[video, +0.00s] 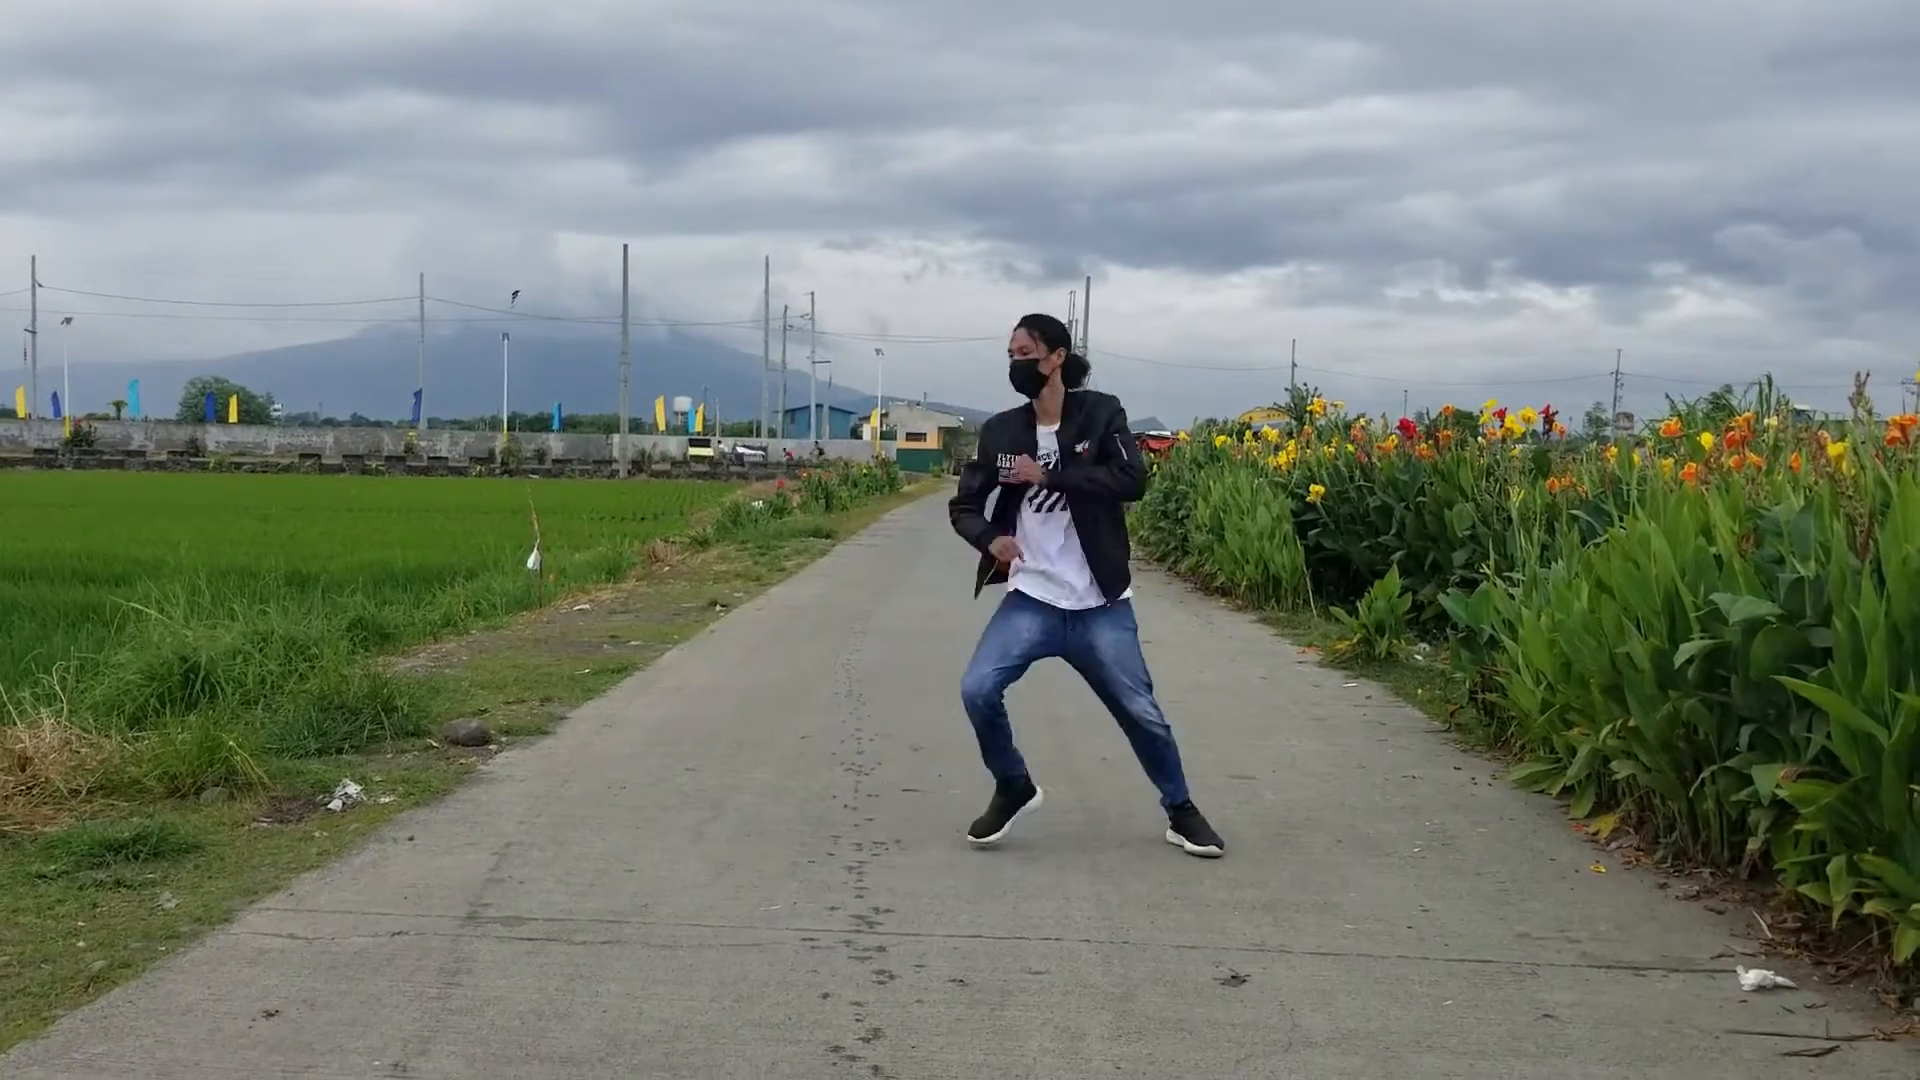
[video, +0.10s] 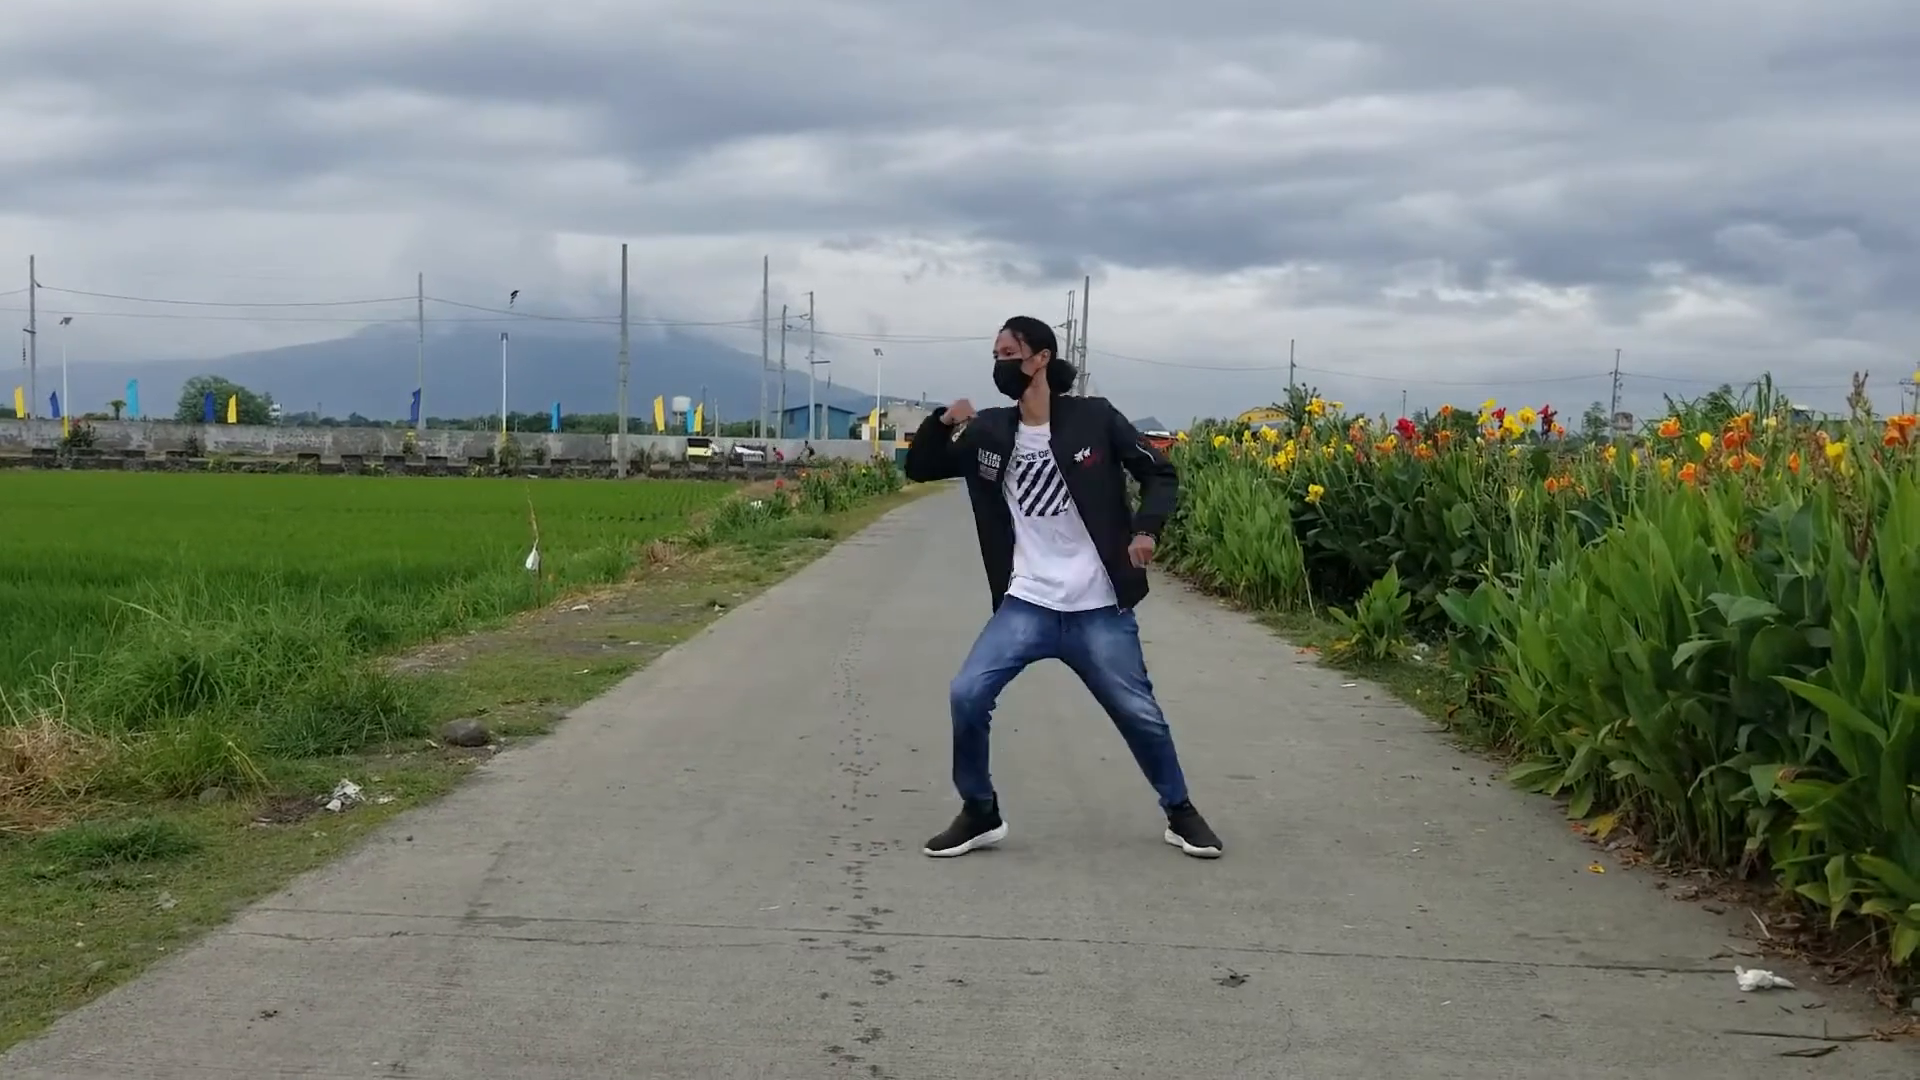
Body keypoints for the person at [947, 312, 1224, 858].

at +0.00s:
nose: (1014, 361)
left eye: (1023, 352)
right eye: (1012, 353)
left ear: (1056, 356)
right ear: (1021, 361)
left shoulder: (1101, 412)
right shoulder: (1001, 430)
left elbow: (1130, 479)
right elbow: (965, 507)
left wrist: (1047, 475)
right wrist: (988, 538)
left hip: (1100, 603)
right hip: (1029, 600)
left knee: (1141, 712)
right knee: (977, 690)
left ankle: (1181, 810)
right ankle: (1013, 787)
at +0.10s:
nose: (999, 365)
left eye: (1008, 355)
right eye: (996, 357)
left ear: (1041, 357)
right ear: (1003, 362)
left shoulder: (1096, 416)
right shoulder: (988, 431)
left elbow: (1159, 474)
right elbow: (921, 468)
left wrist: (1148, 528)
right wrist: (940, 424)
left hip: (1099, 604)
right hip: (1026, 603)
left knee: (1139, 713)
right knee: (967, 692)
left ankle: (1180, 811)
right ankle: (980, 812)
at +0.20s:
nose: (991, 367)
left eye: (1002, 357)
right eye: (987, 359)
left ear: (1032, 361)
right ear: (984, 365)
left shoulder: (1081, 420)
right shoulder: (969, 435)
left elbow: (1140, 468)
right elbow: (898, 449)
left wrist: (1148, 519)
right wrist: (940, 411)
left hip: (1086, 607)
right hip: (1011, 607)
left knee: (1130, 715)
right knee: (958, 703)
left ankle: (1178, 808)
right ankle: (983, 816)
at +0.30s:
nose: (1012, 342)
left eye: (1021, 334)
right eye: (998, 335)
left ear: (1034, 347)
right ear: (981, 352)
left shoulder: (1065, 411)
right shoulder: (961, 414)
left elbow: (1114, 489)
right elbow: (928, 470)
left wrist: (1117, 471)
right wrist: (947, 387)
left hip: (1075, 586)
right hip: (1002, 591)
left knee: (1136, 672)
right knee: (972, 700)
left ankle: (1168, 782)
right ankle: (983, 813)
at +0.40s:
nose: (1029, 337)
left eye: (1030, 328)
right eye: (1016, 330)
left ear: (1033, 339)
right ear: (985, 345)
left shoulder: (1044, 405)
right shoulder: (971, 409)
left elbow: (1066, 486)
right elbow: (1000, 483)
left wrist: (1113, 437)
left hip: (1058, 558)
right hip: (1003, 574)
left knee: (1135, 601)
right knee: (1000, 703)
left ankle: (1146, 728)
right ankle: (949, 801)